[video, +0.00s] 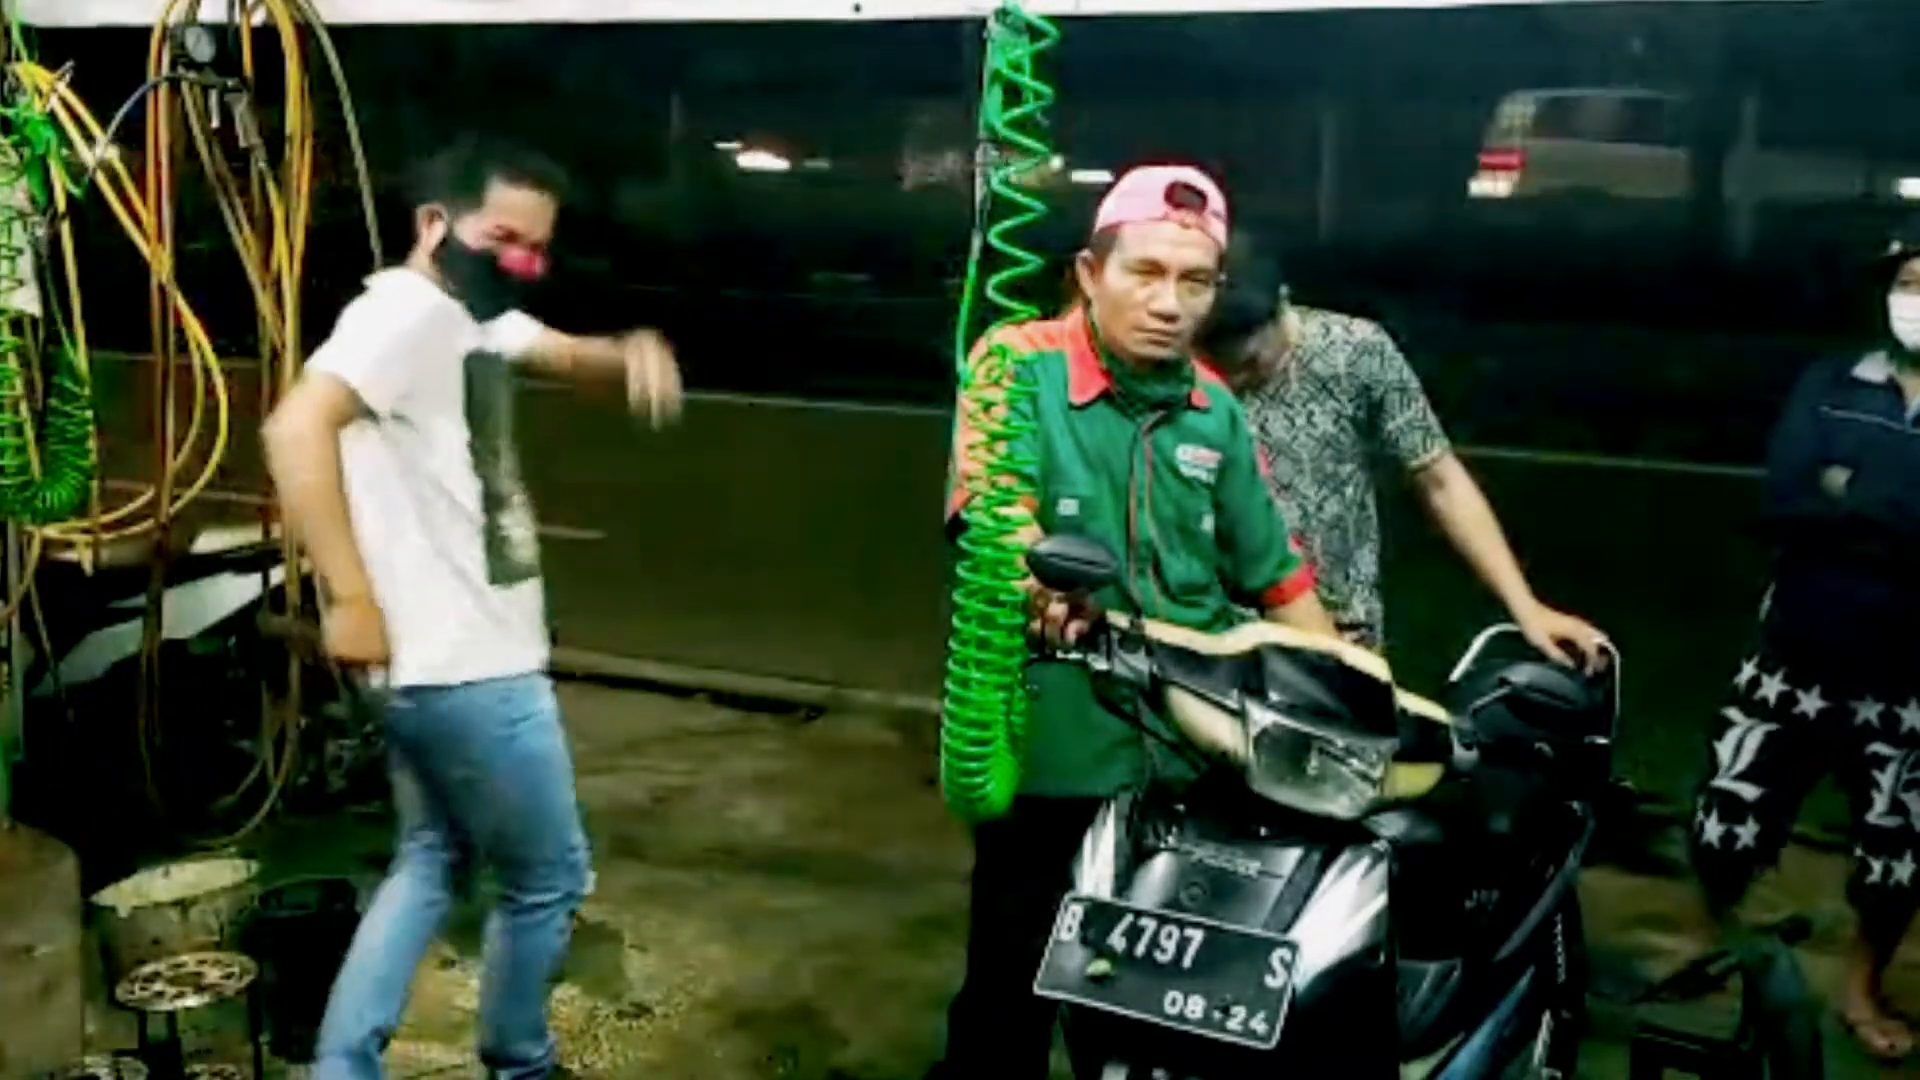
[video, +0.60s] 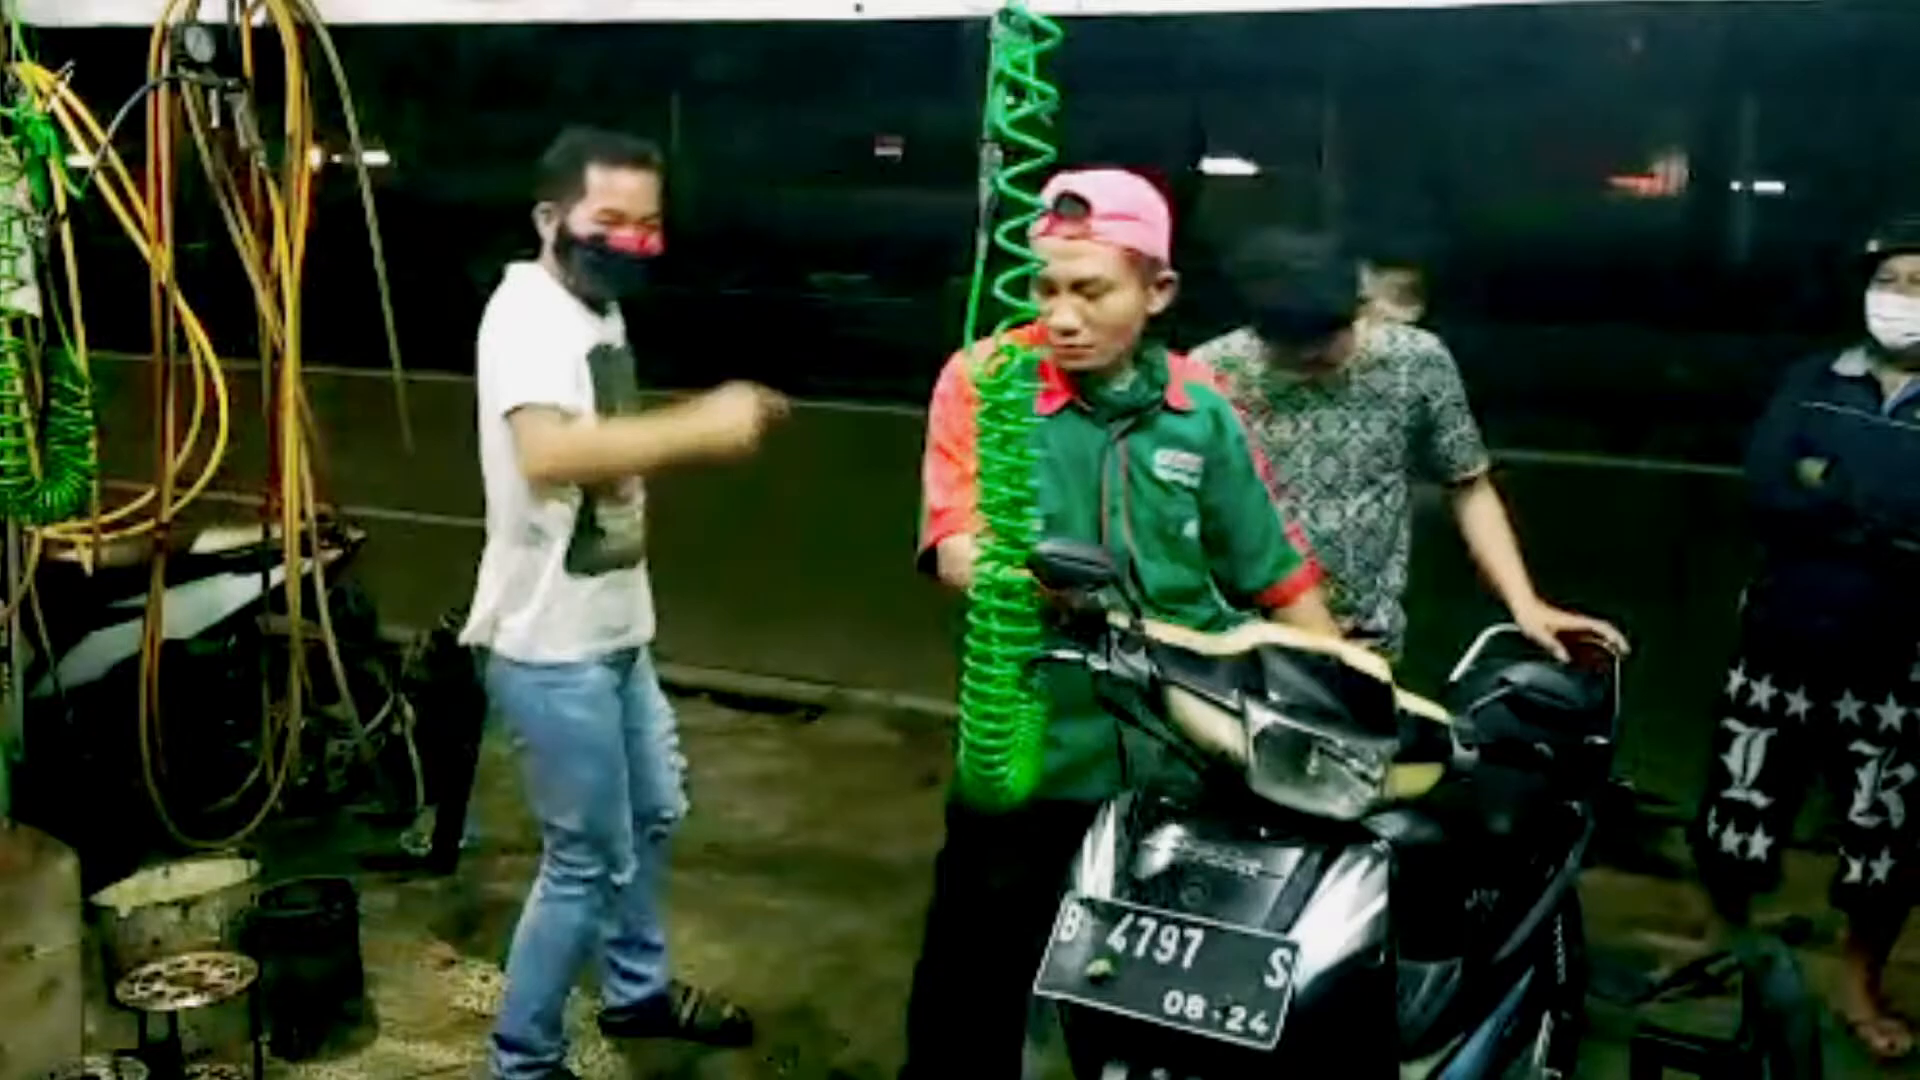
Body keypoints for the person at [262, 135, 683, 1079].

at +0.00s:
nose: (524, 268)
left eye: (537, 249)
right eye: (505, 243)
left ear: (546, 238)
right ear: (435, 228)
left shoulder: (467, 314)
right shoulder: (406, 308)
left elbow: (566, 354)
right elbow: (295, 429)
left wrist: (630, 353)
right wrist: (352, 598)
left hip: (431, 670)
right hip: (471, 670)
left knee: (432, 860)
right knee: (545, 881)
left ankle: (344, 1061)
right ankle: (518, 1061)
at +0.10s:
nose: (553, 271)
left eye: (566, 251)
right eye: (532, 246)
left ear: (576, 244)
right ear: (463, 235)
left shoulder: (503, 330)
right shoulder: (439, 337)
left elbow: (566, 431)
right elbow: (375, 507)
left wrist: (655, 490)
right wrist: (434, 663)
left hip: (523, 659)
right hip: (492, 672)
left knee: (507, 856)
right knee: (578, 881)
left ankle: (369, 1042)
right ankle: (522, 1060)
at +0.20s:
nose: (571, 280)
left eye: (586, 261)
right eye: (550, 255)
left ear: (599, 264)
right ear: (487, 250)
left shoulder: (516, 362)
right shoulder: (472, 367)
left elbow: (551, 530)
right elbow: (461, 541)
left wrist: (632, 610)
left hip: (545, 668)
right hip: (491, 687)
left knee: (633, 821)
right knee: (596, 887)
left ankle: (466, 975)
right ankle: (526, 1058)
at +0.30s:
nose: (585, 280)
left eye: (598, 261)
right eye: (564, 256)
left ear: (607, 261)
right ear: (499, 254)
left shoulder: (524, 355)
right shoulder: (486, 361)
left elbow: (523, 521)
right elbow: (508, 520)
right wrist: (678, 545)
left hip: (560, 666)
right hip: (505, 685)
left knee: (657, 810)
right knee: (607, 888)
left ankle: (543, 975)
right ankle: (527, 1055)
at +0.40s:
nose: (596, 267)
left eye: (611, 250)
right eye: (576, 243)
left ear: (621, 251)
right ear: (517, 243)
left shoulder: (549, 334)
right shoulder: (499, 329)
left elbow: (544, 474)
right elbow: (561, 458)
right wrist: (708, 423)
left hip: (582, 652)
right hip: (526, 669)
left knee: (655, 814)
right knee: (602, 880)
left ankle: (633, 996)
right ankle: (524, 1056)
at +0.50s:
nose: (619, 253)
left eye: (632, 235)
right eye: (600, 230)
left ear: (640, 233)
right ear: (540, 227)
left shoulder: (573, 321)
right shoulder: (513, 313)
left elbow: (578, 454)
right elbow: (569, 428)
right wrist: (701, 388)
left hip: (602, 643)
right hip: (542, 657)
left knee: (653, 819)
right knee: (595, 863)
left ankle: (637, 998)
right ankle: (524, 1056)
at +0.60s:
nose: (630, 244)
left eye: (644, 225)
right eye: (611, 222)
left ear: (653, 225)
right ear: (554, 218)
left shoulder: (594, 308)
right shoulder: (525, 312)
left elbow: (588, 443)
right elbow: (547, 455)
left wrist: (691, 427)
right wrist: (695, 427)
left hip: (613, 631)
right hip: (548, 644)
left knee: (652, 813)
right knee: (585, 854)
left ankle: (637, 998)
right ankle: (525, 1059)